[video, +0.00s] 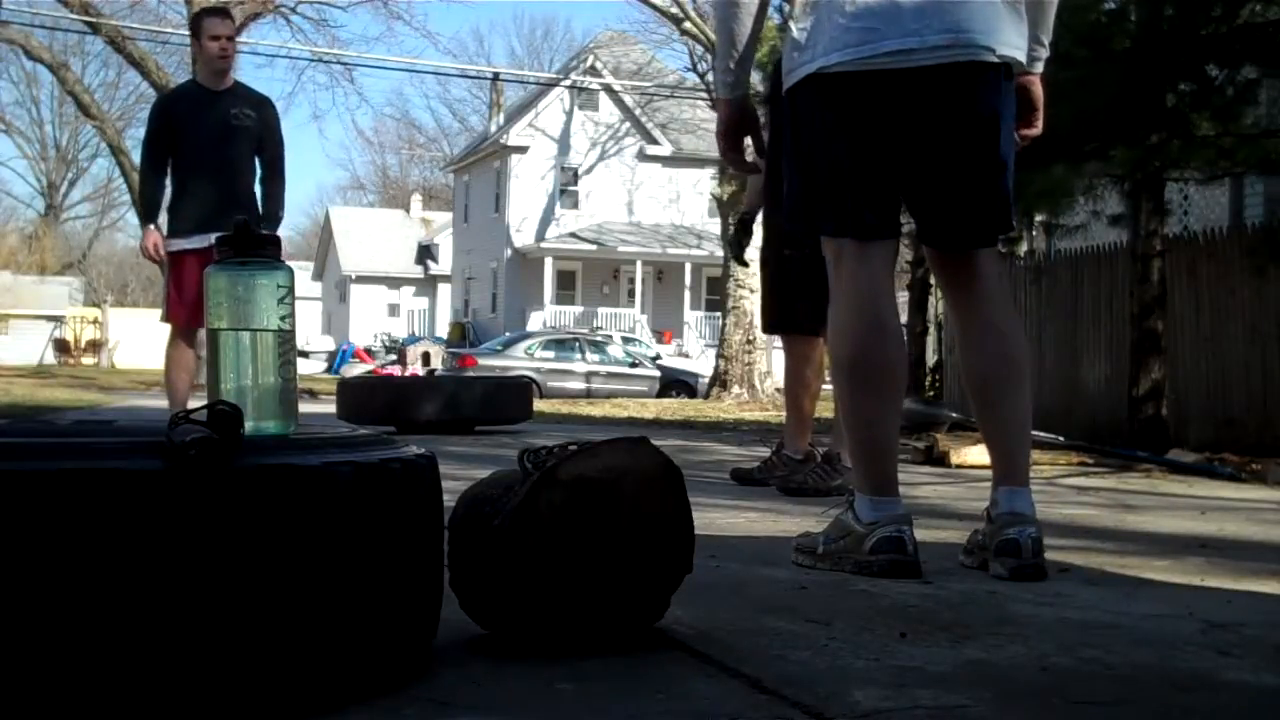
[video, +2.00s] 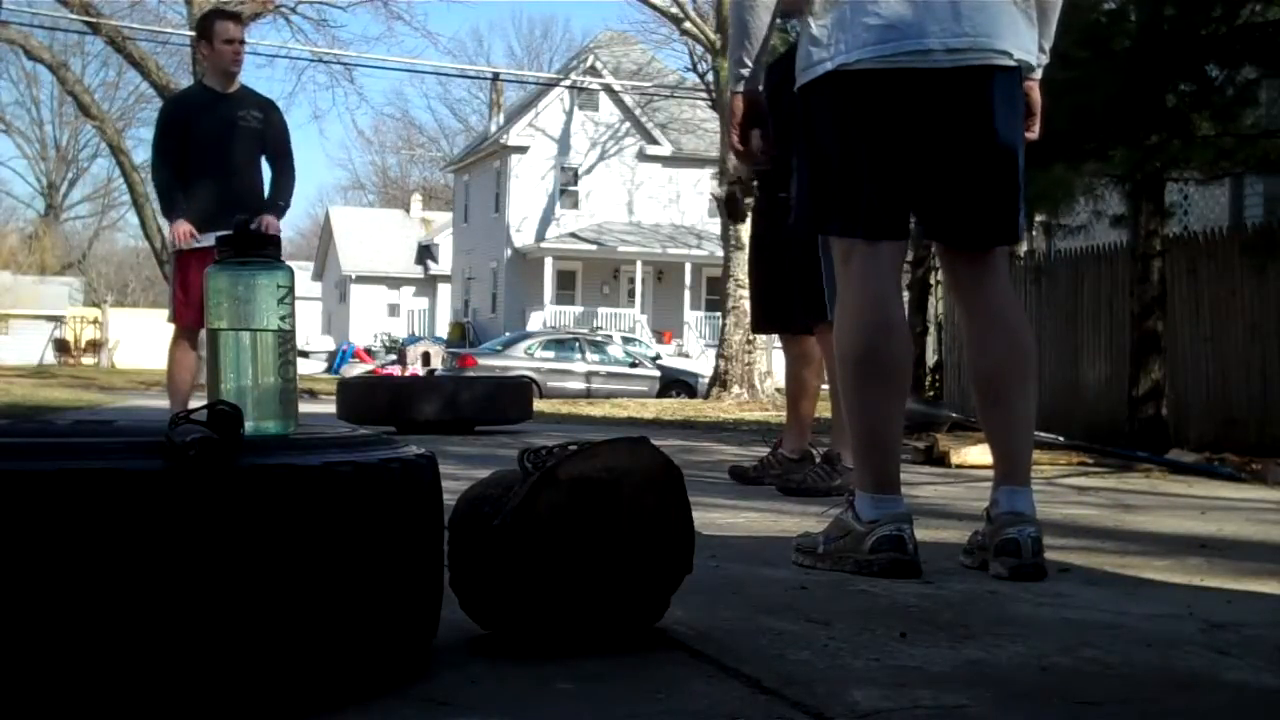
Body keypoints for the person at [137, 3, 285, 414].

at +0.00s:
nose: (225, 46)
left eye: (230, 39)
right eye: (215, 39)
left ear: (237, 45)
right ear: (196, 45)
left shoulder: (259, 106)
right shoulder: (170, 105)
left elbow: (273, 174)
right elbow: (152, 169)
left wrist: (269, 229)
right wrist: (148, 224)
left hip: (243, 237)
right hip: (186, 237)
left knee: (242, 333)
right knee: (185, 330)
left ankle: (238, 423)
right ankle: (178, 421)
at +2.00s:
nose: (239, 50)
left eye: (241, 43)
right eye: (229, 43)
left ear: (245, 47)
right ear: (203, 48)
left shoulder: (263, 109)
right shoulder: (177, 108)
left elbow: (284, 166)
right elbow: (162, 168)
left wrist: (273, 211)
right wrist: (176, 217)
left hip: (250, 238)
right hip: (195, 238)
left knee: (250, 334)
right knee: (188, 331)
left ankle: (248, 424)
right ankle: (178, 421)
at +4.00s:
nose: (240, 51)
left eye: (242, 44)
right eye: (230, 44)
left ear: (246, 47)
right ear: (205, 49)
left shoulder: (267, 109)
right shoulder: (179, 108)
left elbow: (284, 172)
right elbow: (164, 170)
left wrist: (275, 224)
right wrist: (177, 223)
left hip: (251, 241)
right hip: (197, 240)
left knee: (252, 335)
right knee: (188, 331)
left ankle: (250, 425)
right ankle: (179, 421)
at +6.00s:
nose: (256, 55)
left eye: (266, 47)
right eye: (249, 45)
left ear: (276, 50)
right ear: (235, 43)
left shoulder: (294, 107)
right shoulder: (206, 98)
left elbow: (309, 172)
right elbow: (184, 158)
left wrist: (309, 231)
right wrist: (178, 213)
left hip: (265, 233)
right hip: (209, 229)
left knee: (259, 328)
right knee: (188, 321)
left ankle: (255, 419)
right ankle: (175, 410)